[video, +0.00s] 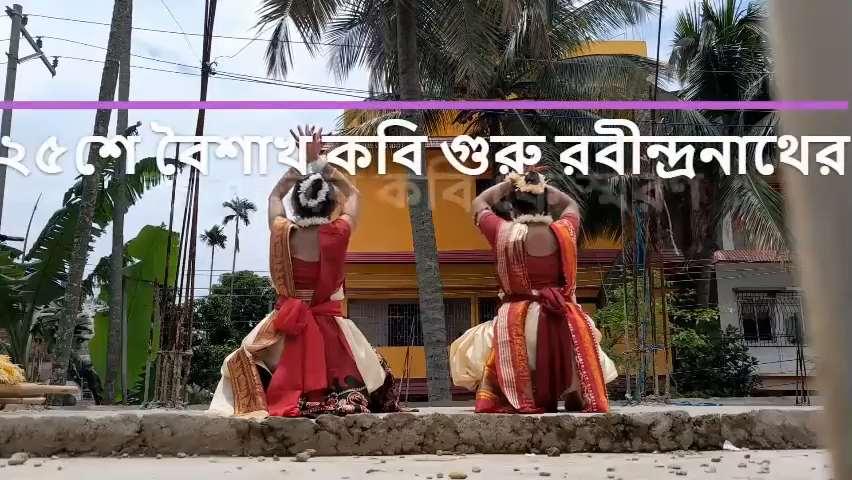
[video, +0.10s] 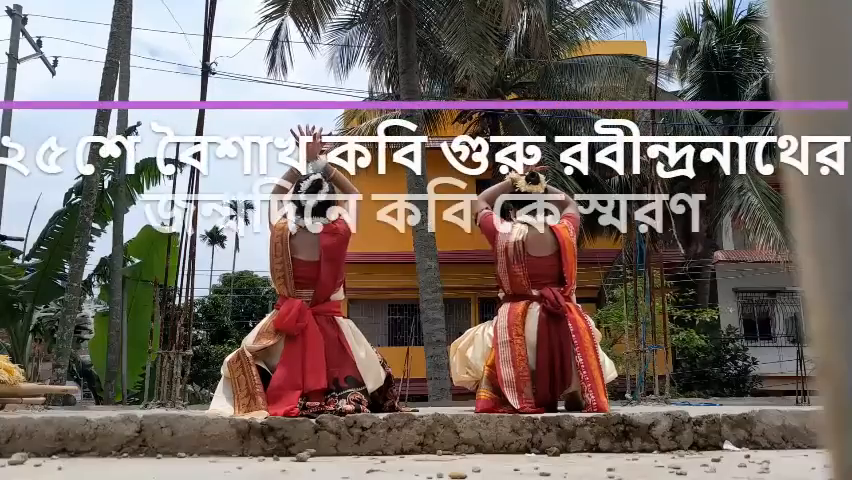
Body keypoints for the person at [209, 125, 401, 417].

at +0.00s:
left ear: (293, 205)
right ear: (330, 206)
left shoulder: (281, 232)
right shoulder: (338, 235)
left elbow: (276, 195)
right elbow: (351, 194)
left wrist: (302, 163)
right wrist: (324, 166)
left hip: (289, 329)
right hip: (330, 330)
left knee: (240, 363)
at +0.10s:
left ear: (294, 201)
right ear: (329, 203)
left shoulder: (281, 232)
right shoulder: (338, 234)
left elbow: (277, 193)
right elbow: (351, 194)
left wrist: (303, 161)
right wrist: (323, 165)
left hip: (289, 329)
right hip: (331, 328)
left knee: (239, 362)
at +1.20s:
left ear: (295, 203)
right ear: (330, 203)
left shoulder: (284, 234)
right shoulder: (337, 235)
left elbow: (277, 196)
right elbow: (351, 195)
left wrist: (302, 161)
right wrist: (323, 164)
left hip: (289, 328)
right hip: (329, 328)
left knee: (240, 362)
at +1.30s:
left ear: (295, 203)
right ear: (330, 203)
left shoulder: (284, 234)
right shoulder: (337, 235)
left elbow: (277, 196)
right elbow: (351, 194)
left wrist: (302, 162)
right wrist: (323, 163)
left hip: (289, 325)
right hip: (329, 325)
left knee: (240, 361)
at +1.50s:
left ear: (295, 203)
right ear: (330, 203)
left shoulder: (284, 234)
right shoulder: (337, 235)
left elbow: (277, 196)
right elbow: (351, 194)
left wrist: (302, 162)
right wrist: (322, 163)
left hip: (289, 325)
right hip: (329, 325)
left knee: (240, 361)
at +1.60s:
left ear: (295, 203)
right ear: (330, 203)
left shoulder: (284, 234)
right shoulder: (337, 235)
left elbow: (277, 196)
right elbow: (351, 194)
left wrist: (302, 162)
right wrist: (323, 163)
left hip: (289, 327)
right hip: (329, 327)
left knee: (240, 361)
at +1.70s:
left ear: (295, 203)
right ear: (330, 204)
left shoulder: (284, 234)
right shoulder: (337, 236)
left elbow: (278, 195)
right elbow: (352, 195)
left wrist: (303, 162)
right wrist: (323, 164)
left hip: (289, 326)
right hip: (329, 327)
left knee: (239, 362)